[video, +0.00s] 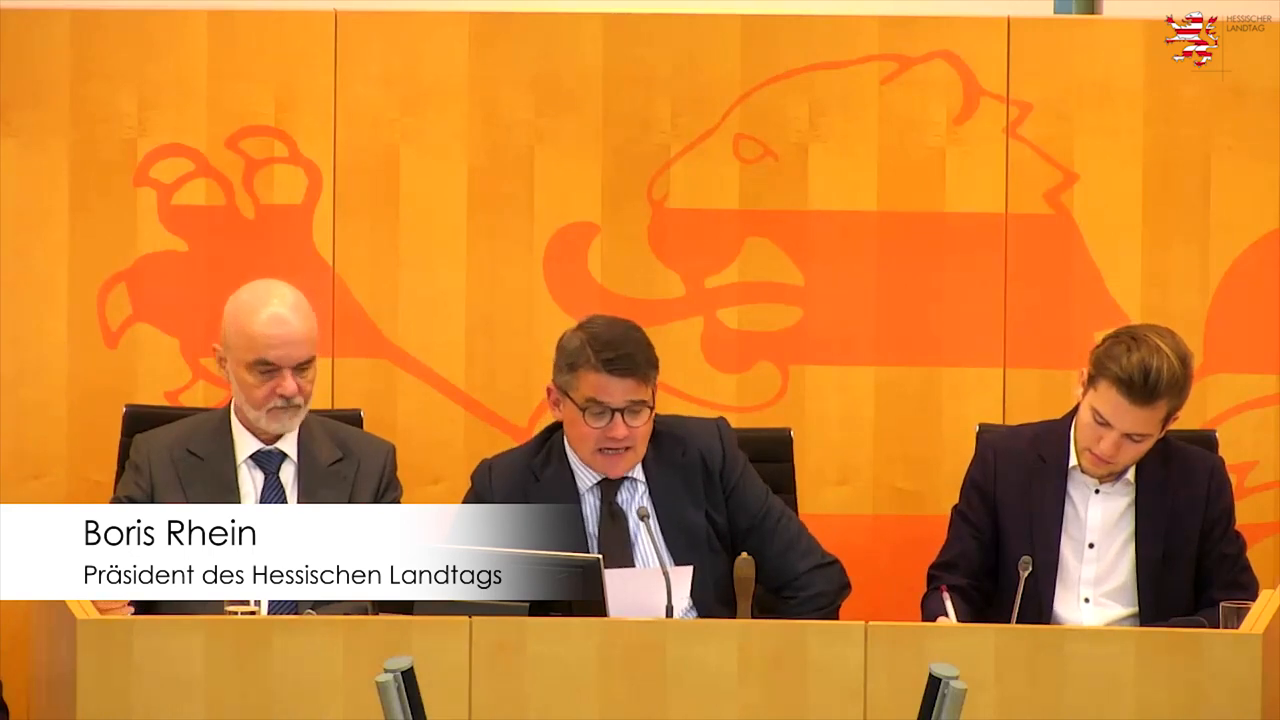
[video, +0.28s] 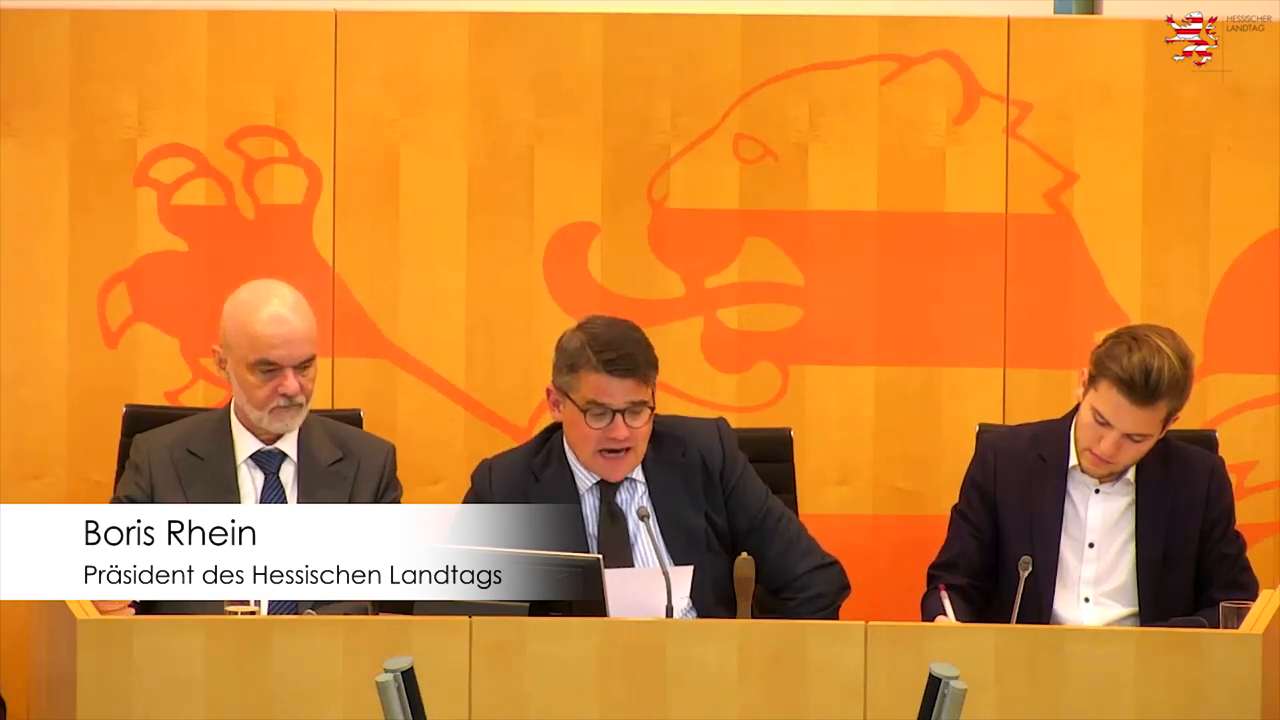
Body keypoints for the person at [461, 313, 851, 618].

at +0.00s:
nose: (618, 431)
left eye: (635, 410)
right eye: (596, 412)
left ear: (654, 396)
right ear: (556, 402)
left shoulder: (708, 454)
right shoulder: (503, 485)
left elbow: (815, 582)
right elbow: (465, 620)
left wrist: (763, 677)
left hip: (705, 676)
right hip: (564, 684)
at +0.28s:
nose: (619, 432)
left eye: (635, 411)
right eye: (598, 413)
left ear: (654, 397)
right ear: (556, 403)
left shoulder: (708, 454)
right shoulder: (502, 486)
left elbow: (814, 583)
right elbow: (465, 622)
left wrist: (762, 679)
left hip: (705, 676)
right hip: (565, 685)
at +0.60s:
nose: (620, 437)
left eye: (633, 414)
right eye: (596, 420)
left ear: (648, 396)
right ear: (551, 413)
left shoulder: (705, 453)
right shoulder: (499, 488)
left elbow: (812, 582)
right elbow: (463, 623)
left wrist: (763, 677)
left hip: (704, 675)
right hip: (564, 685)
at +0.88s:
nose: (617, 441)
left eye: (630, 417)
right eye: (593, 423)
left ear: (645, 398)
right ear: (549, 415)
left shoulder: (705, 455)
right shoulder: (500, 488)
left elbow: (813, 583)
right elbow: (462, 623)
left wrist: (761, 677)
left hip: (703, 676)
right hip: (564, 686)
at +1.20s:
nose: (616, 438)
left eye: (630, 415)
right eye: (592, 420)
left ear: (646, 396)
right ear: (551, 411)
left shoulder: (706, 453)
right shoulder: (501, 488)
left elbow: (813, 582)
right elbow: (466, 622)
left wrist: (761, 676)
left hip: (703, 674)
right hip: (565, 684)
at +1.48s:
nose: (613, 434)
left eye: (627, 413)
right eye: (589, 417)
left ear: (643, 394)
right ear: (546, 409)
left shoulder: (704, 452)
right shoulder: (499, 487)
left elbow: (810, 581)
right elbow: (468, 624)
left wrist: (761, 677)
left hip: (704, 673)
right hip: (565, 683)